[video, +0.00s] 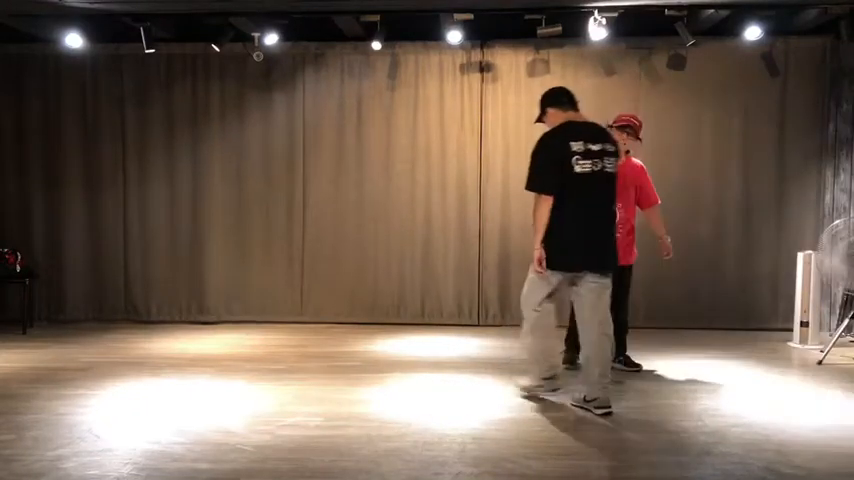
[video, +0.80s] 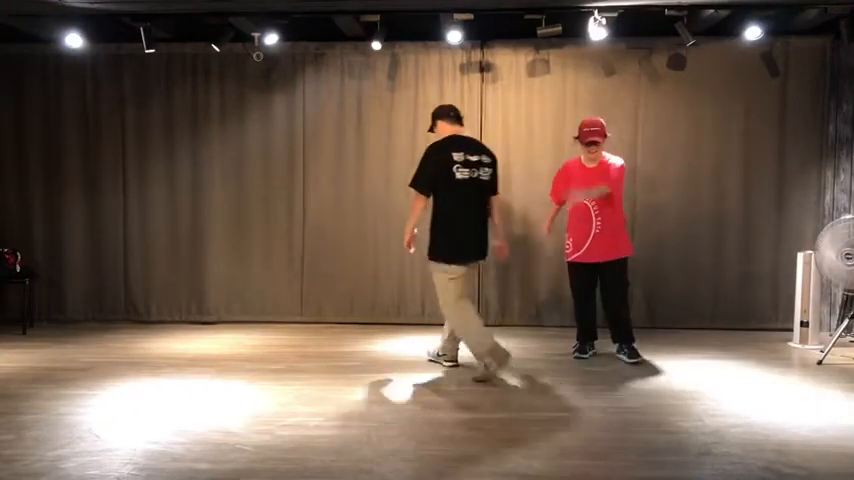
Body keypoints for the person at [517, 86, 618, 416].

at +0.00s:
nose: (544, 125)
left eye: (543, 119)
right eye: (543, 120)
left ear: (551, 112)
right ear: (576, 108)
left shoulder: (551, 141)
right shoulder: (607, 138)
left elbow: (545, 196)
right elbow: (608, 193)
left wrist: (538, 242)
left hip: (561, 245)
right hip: (601, 245)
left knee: (534, 304)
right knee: (597, 322)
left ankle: (546, 375)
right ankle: (598, 395)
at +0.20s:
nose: (509, 131)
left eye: (509, 125)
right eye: (508, 126)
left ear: (516, 119)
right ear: (536, 115)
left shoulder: (518, 149)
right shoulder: (566, 141)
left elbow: (514, 205)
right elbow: (577, 197)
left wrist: (509, 249)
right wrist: (582, 237)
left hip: (529, 248)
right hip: (566, 245)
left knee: (513, 313)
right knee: (575, 318)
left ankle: (502, 369)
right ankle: (593, 386)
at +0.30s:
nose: (491, 129)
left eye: (491, 124)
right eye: (490, 124)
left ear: (499, 119)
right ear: (517, 114)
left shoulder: (500, 148)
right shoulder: (547, 139)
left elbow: (495, 202)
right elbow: (553, 189)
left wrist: (489, 243)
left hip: (512, 243)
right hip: (548, 240)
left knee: (501, 309)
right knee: (547, 301)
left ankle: (501, 370)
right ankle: (575, 352)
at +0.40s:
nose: (479, 131)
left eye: (478, 126)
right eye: (477, 127)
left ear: (483, 119)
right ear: (504, 114)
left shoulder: (487, 144)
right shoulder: (535, 140)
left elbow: (473, 198)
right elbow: (539, 190)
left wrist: (468, 237)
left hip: (497, 238)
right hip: (534, 235)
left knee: (490, 300)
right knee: (521, 291)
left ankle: (500, 369)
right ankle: (540, 342)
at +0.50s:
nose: (468, 128)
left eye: (467, 123)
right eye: (467, 124)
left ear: (473, 117)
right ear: (492, 113)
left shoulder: (473, 143)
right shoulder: (523, 141)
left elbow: (456, 192)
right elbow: (535, 193)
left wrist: (447, 227)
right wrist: (541, 232)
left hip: (484, 237)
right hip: (516, 235)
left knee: (485, 301)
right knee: (503, 296)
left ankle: (499, 369)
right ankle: (504, 359)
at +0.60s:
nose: (456, 128)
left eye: (456, 124)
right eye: (456, 124)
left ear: (461, 120)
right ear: (482, 116)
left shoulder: (461, 146)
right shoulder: (510, 146)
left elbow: (442, 191)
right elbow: (525, 193)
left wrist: (430, 220)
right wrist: (534, 231)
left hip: (472, 239)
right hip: (503, 237)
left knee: (484, 303)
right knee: (475, 296)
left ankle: (500, 368)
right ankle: (466, 347)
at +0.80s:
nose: (435, 133)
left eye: (434, 130)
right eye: (434, 130)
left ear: (438, 125)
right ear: (460, 122)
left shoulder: (437, 150)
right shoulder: (486, 152)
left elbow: (422, 195)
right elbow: (493, 199)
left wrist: (410, 228)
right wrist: (500, 235)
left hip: (446, 239)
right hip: (477, 237)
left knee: (454, 304)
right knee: (458, 298)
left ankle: (492, 354)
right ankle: (449, 350)